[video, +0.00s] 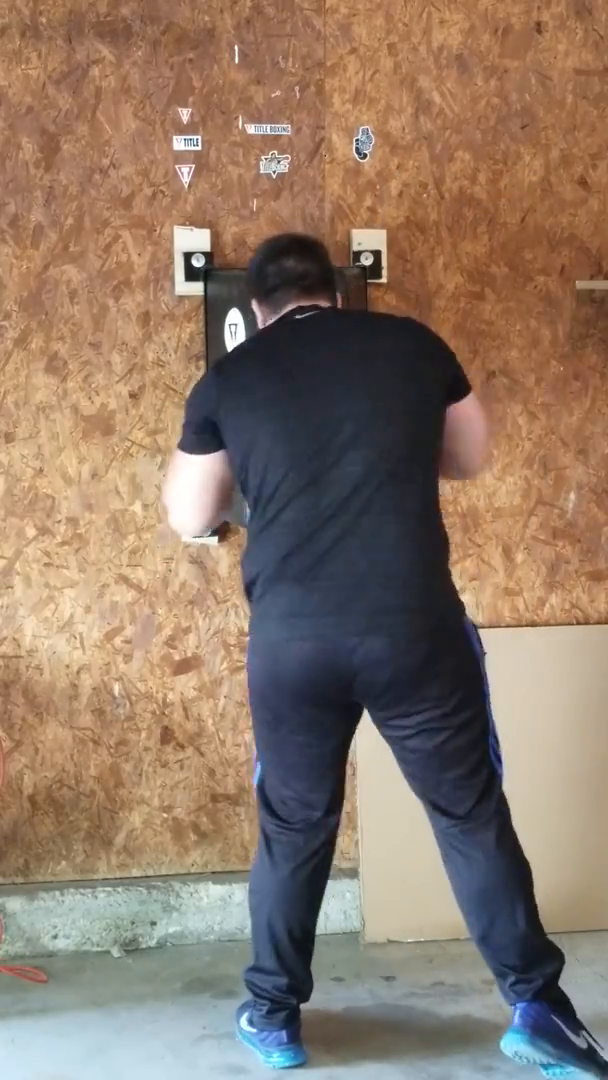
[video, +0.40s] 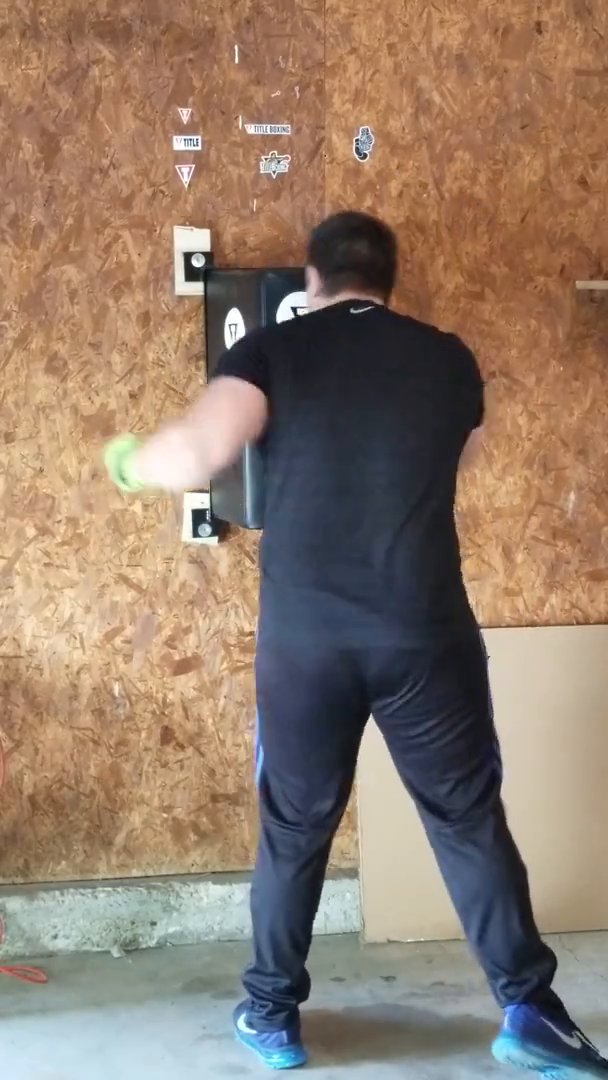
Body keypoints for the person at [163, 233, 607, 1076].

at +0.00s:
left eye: (254, 314)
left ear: (259, 311)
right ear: (338, 293)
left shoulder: (227, 378)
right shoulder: (410, 340)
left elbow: (191, 517)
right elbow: (470, 457)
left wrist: (240, 477)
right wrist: (387, 440)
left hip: (293, 638)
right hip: (415, 625)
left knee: (292, 826)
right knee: (471, 813)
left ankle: (273, 1014)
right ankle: (537, 1002)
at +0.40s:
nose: (305, 289)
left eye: (305, 278)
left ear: (311, 278)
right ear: (391, 284)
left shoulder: (273, 350)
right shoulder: (452, 360)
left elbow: (197, 459)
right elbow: (452, 460)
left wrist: (133, 459)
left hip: (305, 633)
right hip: (424, 630)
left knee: (293, 827)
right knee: (469, 816)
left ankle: (272, 1011)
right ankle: (531, 1005)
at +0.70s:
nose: (380, 287)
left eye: (378, 276)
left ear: (381, 281)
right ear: (462, 292)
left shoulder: (316, 346)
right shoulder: (491, 363)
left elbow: (230, 452)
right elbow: (533, 487)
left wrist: (282, 392)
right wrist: (471, 431)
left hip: (328, 626)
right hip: (447, 628)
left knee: (310, 816)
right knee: (521, 804)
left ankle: (268, 1011)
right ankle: (586, 995)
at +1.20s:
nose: (396, 332)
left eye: (393, 321)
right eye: (392, 323)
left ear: (412, 302)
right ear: (475, 281)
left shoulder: (430, 344)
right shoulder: (577, 335)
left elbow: (361, 461)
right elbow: (569, 441)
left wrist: (363, 404)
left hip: (477, 610)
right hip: (585, 608)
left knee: (456, 798)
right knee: (578, 800)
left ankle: (483, 996)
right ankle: (595, 997)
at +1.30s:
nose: (393, 363)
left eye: (388, 352)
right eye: (388, 354)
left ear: (405, 334)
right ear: (461, 304)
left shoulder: (429, 374)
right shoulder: (571, 356)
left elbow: (357, 490)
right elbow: (563, 457)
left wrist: (366, 430)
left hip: (488, 624)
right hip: (589, 620)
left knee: (473, 814)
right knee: (595, 799)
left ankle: (490, 999)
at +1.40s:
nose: (397, 376)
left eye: (388, 363)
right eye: (389, 367)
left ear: (407, 339)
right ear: (451, 304)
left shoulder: (444, 378)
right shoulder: (567, 351)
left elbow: (389, 508)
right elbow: (526, 466)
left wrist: (374, 448)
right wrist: (412, 460)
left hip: (500, 628)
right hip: (593, 620)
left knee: (469, 810)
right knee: (597, 775)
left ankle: (490, 999)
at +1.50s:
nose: (394, 365)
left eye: (387, 354)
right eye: (387, 357)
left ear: (410, 333)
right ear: (450, 293)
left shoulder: (463, 366)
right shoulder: (552, 334)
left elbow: (412, 495)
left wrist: (390, 426)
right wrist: (426, 404)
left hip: (519, 617)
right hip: (591, 609)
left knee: (487, 804)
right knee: (604, 793)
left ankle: (490, 998)